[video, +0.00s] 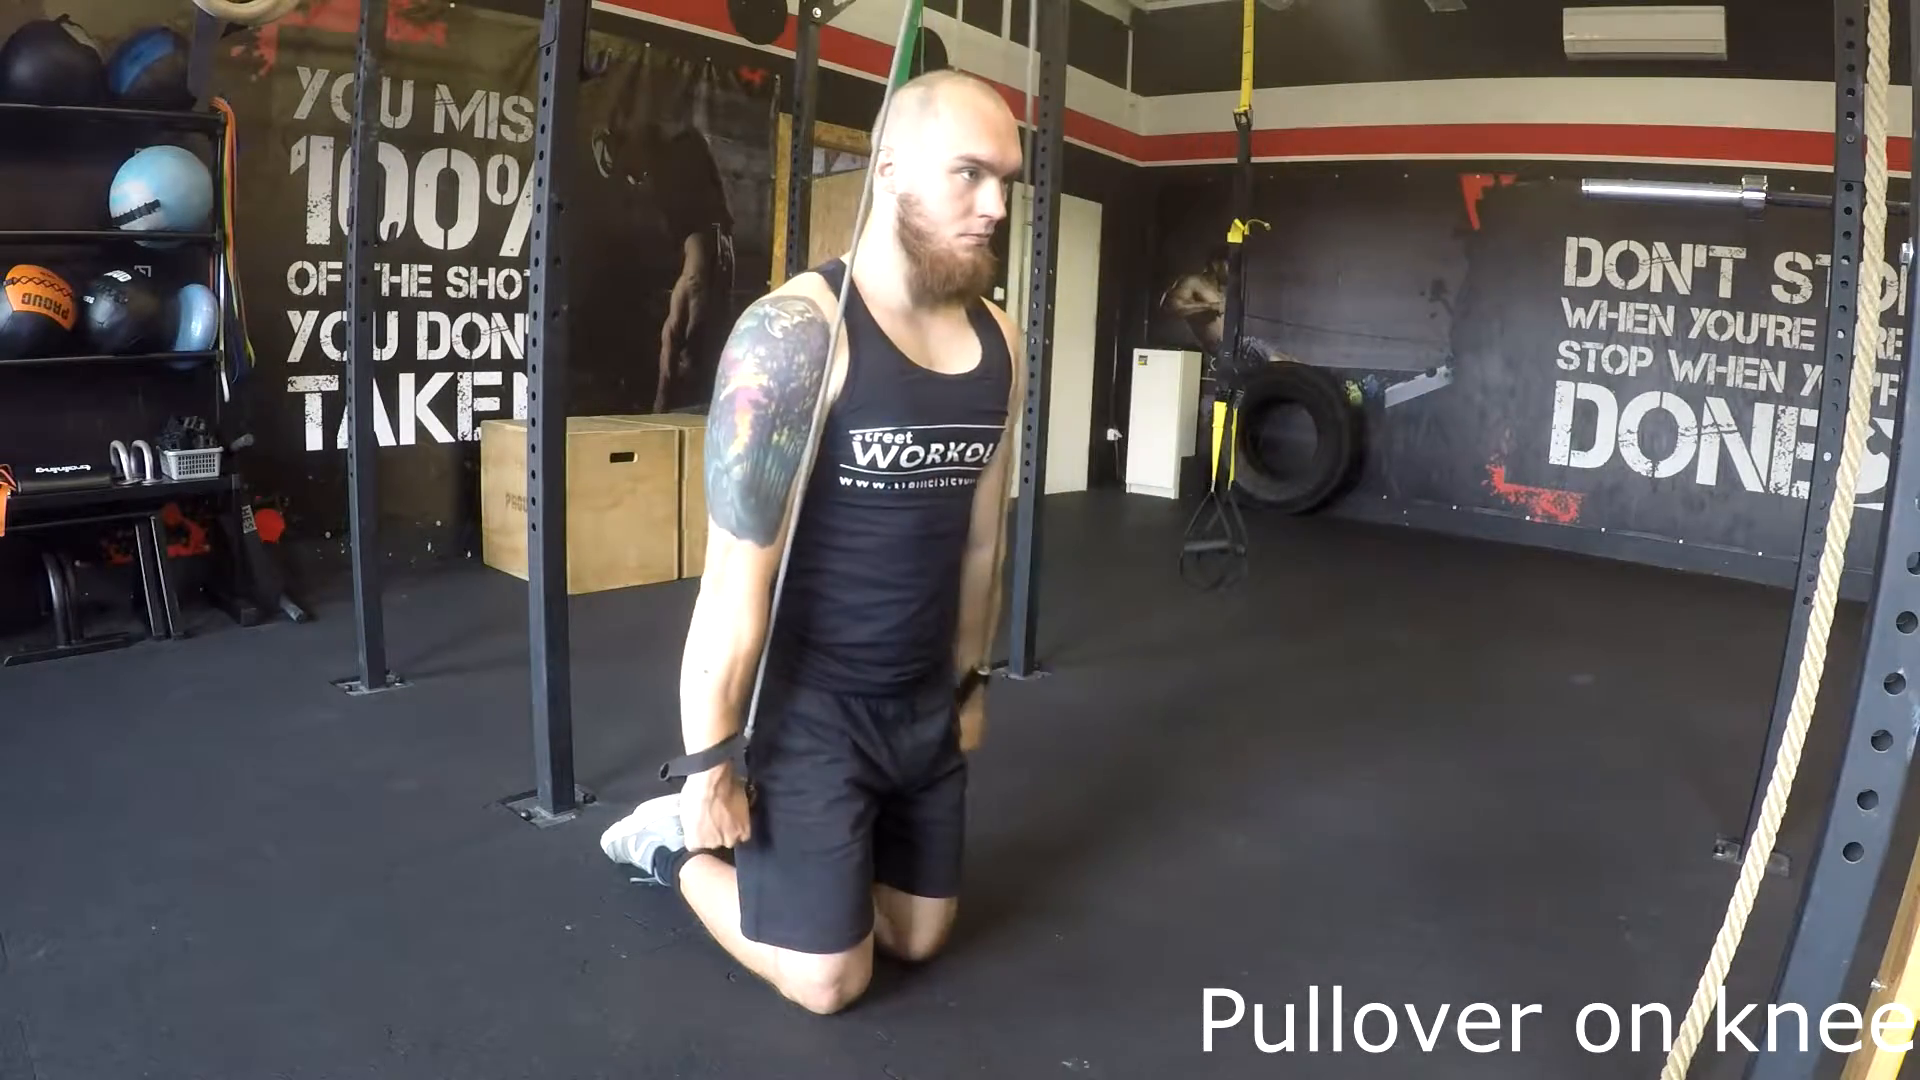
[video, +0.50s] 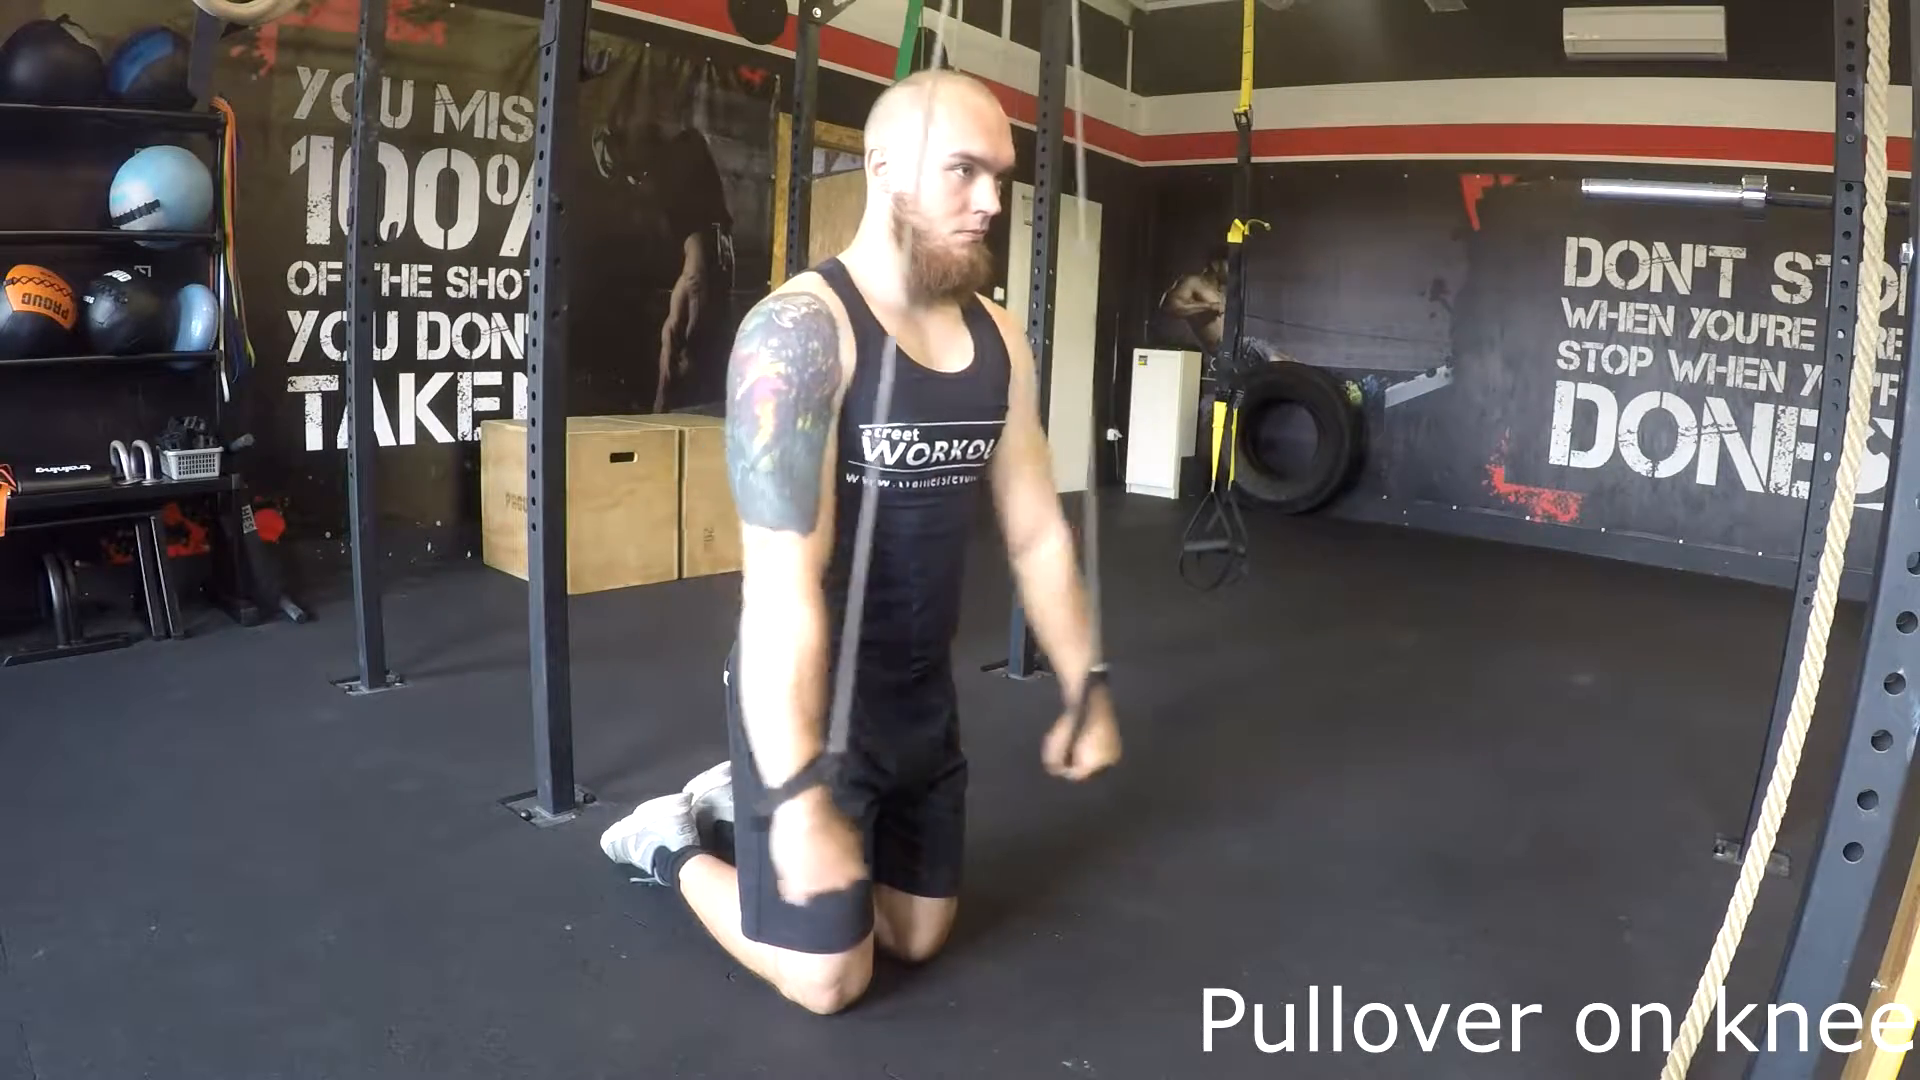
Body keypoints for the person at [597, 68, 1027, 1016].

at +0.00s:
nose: (996, 206)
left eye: (1007, 181)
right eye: (971, 175)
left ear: (1012, 190)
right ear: (891, 174)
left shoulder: (996, 340)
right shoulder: (793, 335)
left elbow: (982, 538)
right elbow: (739, 575)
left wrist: (967, 683)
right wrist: (712, 766)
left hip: (926, 698)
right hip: (805, 704)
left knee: (916, 934)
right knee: (826, 981)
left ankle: (767, 829)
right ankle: (682, 840)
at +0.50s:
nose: (990, 201)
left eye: (1002, 176)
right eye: (964, 169)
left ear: (1007, 186)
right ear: (886, 173)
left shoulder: (996, 337)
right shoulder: (796, 333)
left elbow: (1037, 530)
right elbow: (782, 583)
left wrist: (1084, 679)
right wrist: (801, 793)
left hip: (920, 693)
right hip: (810, 694)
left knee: (916, 932)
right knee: (825, 981)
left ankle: (731, 808)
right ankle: (673, 854)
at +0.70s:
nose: (980, 197)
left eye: (991, 172)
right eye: (953, 167)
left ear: (1000, 184)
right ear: (874, 172)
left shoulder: (992, 329)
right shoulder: (797, 327)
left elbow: (1074, 490)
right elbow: (847, 560)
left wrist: (1178, 647)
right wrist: (933, 759)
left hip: (926, 684)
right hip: (806, 691)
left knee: (916, 933)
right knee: (824, 979)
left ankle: (754, 805)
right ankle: (675, 850)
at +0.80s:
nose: (978, 200)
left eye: (989, 175)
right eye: (954, 168)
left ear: (993, 184)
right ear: (875, 170)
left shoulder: (991, 324)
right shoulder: (794, 317)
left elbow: (1100, 468)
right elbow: (881, 512)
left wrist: (1227, 598)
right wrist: (1000, 681)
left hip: (933, 684)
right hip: (805, 687)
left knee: (913, 934)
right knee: (824, 981)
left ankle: (746, 810)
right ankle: (676, 853)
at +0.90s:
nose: (975, 201)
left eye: (985, 178)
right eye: (950, 170)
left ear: (990, 187)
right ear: (870, 171)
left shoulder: (982, 317)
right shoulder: (790, 311)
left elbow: (1116, 426)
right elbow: (918, 462)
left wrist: (1269, 529)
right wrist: (1086, 580)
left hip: (918, 685)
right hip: (800, 687)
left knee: (914, 932)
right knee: (823, 978)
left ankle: (738, 817)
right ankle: (674, 855)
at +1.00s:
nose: (968, 205)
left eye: (981, 182)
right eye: (944, 174)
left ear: (987, 186)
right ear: (864, 166)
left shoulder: (981, 311)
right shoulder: (784, 305)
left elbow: (1121, 379)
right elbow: (934, 395)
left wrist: (1281, 456)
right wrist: (1128, 449)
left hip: (917, 685)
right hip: (799, 686)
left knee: (916, 932)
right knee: (824, 979)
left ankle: (745, 809)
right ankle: (676, 854)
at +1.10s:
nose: (966, 207)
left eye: (979, 185)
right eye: (943, 175)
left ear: (982, 192)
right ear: (861, 166)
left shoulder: (970, 309)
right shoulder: (780, 293)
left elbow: (1109, 356)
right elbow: (929, 332)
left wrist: (1281, 398)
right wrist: (1155, 332)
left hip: (916, 686)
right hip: (798, 686)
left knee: (916, 932)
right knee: (823, 981)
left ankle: (744, 806)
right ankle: (677, 854)